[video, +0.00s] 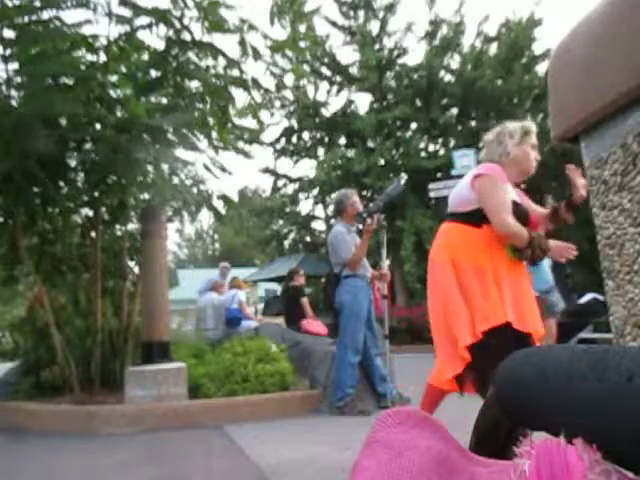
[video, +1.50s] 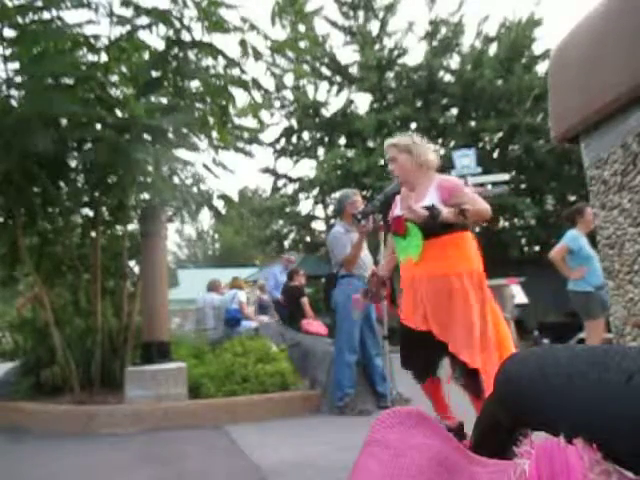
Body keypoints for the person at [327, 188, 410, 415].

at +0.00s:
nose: (361, 206)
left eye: (360, 202)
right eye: (356, 202)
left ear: (351, 207)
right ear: (346, 207)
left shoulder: (352, 232)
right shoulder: (338, 233)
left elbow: (358, 266)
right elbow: (353, 262)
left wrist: (375, 274)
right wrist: (367, 235)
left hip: (363, 285)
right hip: (351, 285)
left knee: (370, 344)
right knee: (351, 344)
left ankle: (386, 392)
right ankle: (344, 398)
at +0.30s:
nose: (361, 206)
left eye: (360, 202)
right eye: (357, 202)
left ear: (352, 207)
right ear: (347, 207)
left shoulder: (353, 232)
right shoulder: (338, 233)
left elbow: (358, 264)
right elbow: (353, 262)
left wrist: (374, 274)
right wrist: (367, 235)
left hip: (364, 284)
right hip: (351, 284)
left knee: (370, 342)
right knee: (351, 342)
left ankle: (382, 391)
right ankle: (344, 398)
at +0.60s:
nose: (361, 207)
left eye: (360, 203)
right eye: (357, 203)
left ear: (353, 207)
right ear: (346, 207)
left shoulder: (353, 232)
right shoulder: (338, 233)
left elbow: (358, 264)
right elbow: (353, 263)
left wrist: (375, 274)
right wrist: (367, 236)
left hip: (364, 284)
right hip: (351, 284)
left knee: (370, 343)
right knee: (351, 343)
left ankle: (385, 393)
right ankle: (344, 397)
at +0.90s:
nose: (362, 207)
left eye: (361, 203)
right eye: (358, 203)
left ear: (353, 207)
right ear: (347, 207)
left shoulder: (353, 232)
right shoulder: (339, 233)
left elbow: (359, 264)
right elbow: (353, 263)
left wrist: (375, 274)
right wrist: (367, 236)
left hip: (364, 283)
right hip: (351, 283)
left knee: (370, 343)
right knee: (351, 343)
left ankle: (385, 393)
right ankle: (344, 398)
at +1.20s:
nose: (362, 206)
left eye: (361, 202)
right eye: (358, 202)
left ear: (352, 206)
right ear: (347, 206)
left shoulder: (355, 230)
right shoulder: (338, 231)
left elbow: (359, 263)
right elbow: (351, 264)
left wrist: (374, 274)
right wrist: (360, 239)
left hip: (364, 283)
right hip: (349, 283)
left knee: (370, 343)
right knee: (350, 344)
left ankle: (385, 393)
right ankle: (345, 398)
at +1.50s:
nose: (361, 206)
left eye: (361, 202)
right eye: (357, 202)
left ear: (357, 207)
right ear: (346, 207)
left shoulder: (357, 231)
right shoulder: (337, 233)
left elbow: (365, 262)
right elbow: (348, 263)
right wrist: (362, 238)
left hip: (366, 282)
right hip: (348, 283)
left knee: (372, 342)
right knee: (348, 343)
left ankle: (385, 392)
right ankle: (344, 397)